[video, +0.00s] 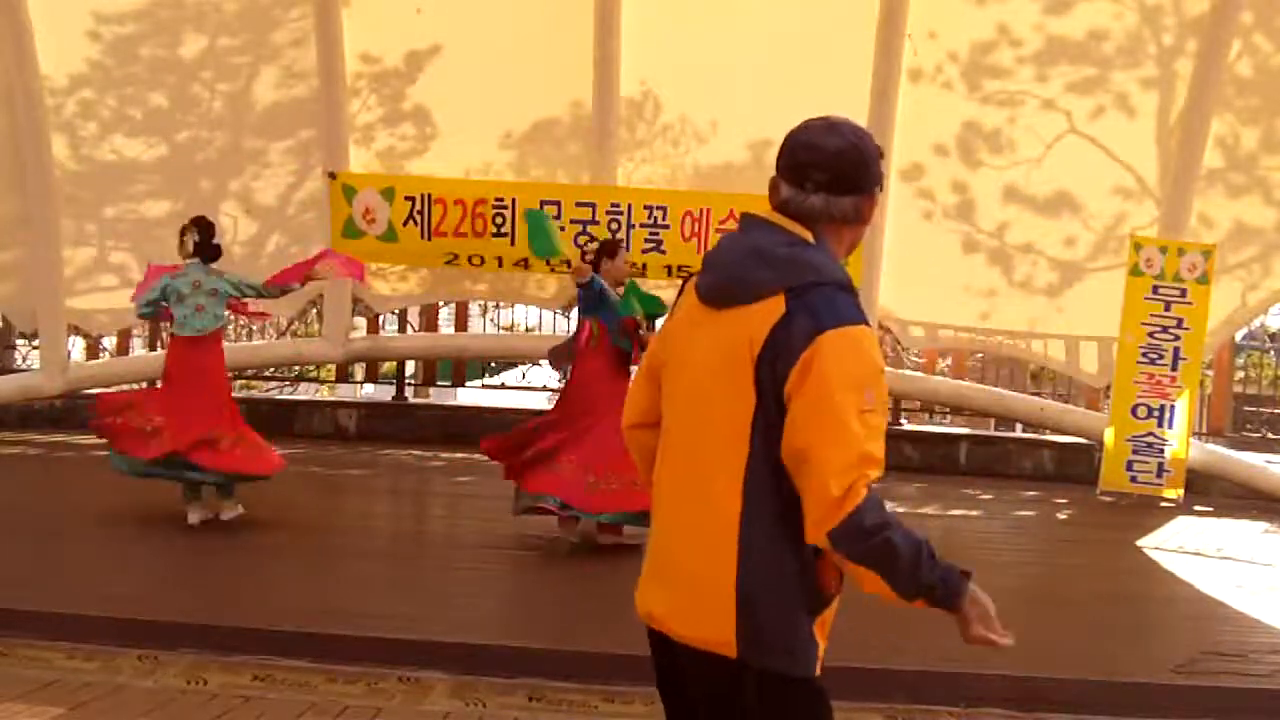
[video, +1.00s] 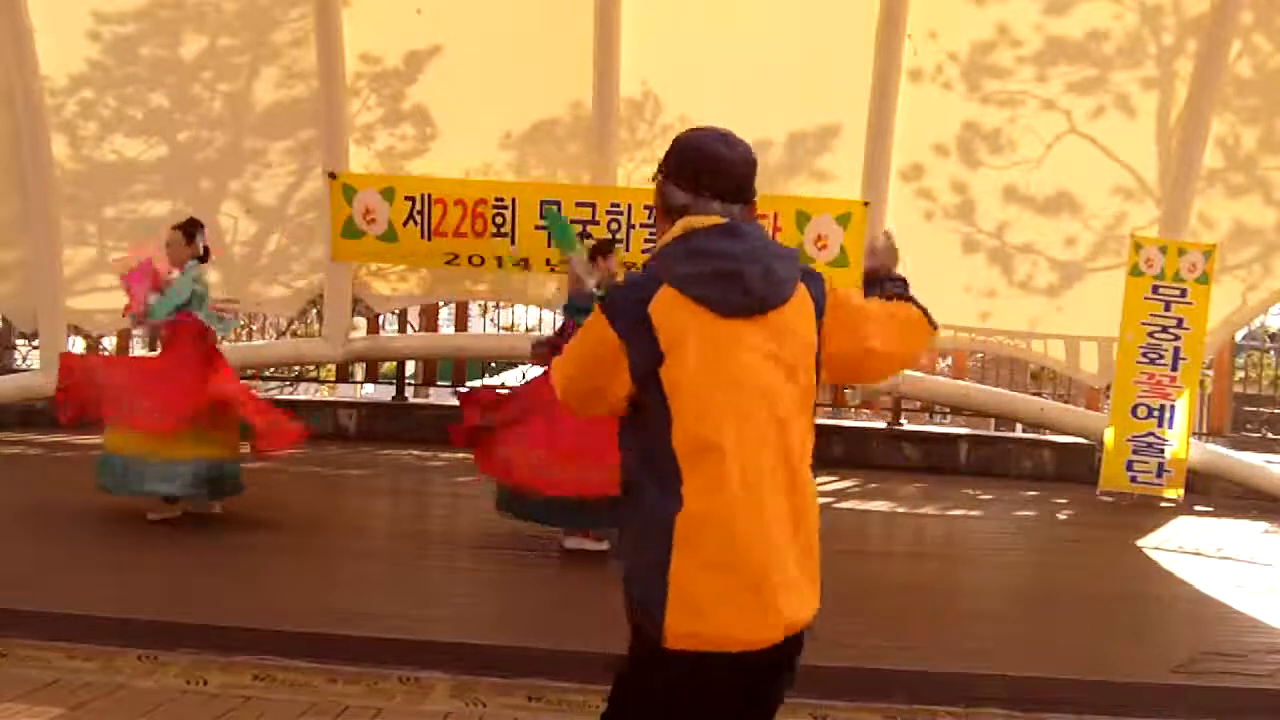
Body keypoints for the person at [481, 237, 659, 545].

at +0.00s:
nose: (629, 267)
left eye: (628, 262)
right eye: (624, 261)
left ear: (613, 265)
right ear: (606, 263)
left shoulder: (622, 299)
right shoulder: (596, 291)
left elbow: (636, 341)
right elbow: (586, 280)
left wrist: (643, 334)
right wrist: (581, 270)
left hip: (614, 379)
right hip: (593, 379)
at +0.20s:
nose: (607, 261)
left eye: (601, 258)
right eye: (606, 258)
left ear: (581, 266)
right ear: (605, 263)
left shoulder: (573, 302)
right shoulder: (611, 292)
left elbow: (584, 337)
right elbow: (653, 284)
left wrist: (629, 332)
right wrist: (686, 280)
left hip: (585, 379)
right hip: (615, 379)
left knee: (597, 448)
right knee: (622, 447)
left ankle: (604, 525)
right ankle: (625, 530)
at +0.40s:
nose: (567, 268)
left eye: (572, 264)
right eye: (569, 262)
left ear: (585, 268)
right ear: (604, 266)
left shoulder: (571, 302)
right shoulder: (620, 295)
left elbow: (553, 345)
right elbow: (652, 280)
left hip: (585, 381)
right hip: (617, 378)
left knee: (584, 445)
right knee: (609, 444)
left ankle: (598, 520)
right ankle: (607, 520)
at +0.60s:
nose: (580, 269)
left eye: (588, 264)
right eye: (580, 263)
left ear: (607, 269)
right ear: (577, 264)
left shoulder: (608, 300)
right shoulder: (579, 297)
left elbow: (598, 343)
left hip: (592, 379)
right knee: (559, 434)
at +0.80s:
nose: (609, 272)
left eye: (615, 265)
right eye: (603, 266)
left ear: (626, 264)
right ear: (592, 267)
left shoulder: (640, 294)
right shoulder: (583, 290)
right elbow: (536, 284)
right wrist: (489, 272)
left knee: (604, 453)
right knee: (568, 446)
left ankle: (587, 525)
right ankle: (560, 522)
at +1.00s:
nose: (618, 268)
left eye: (617, 261)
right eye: (615, 261)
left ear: (593, 262)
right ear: (601, 262)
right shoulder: (596, 297)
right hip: (588, 381)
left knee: (577, 456)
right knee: (590, 455)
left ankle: (576, 527)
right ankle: (582, 528)